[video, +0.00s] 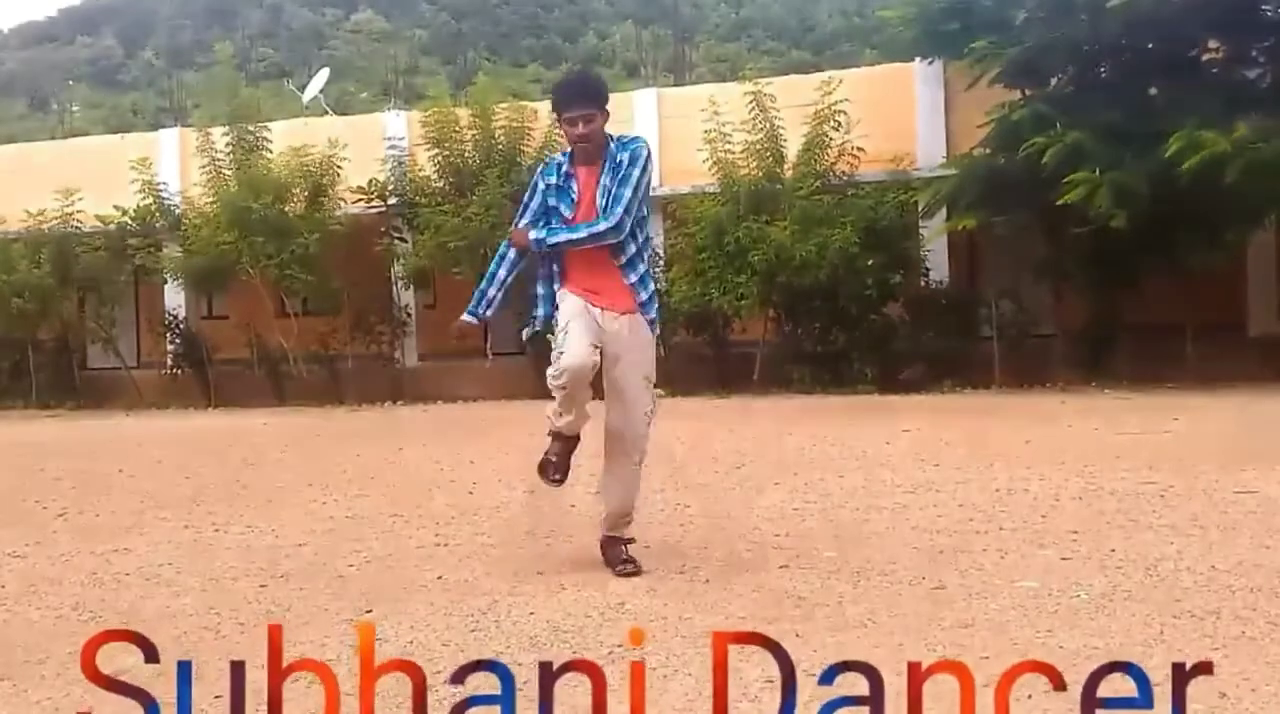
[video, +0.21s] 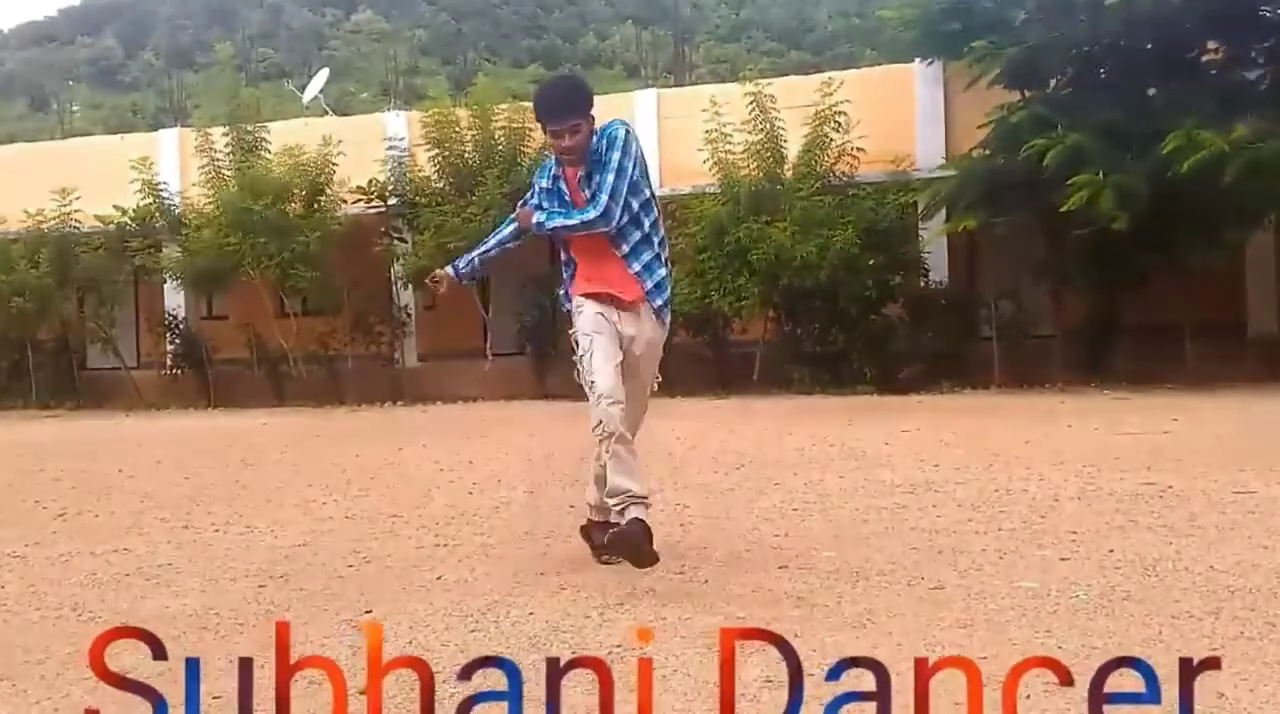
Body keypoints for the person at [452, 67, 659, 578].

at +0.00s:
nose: (580, 131)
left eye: (588, 120)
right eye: (569, 122)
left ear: (606, 116)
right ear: (559, 124)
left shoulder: (633, 153)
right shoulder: (552, 172)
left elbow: (616, 225)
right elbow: (520, 240)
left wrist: (541, 236)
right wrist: (480, 307)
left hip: (630, 298)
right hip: (575, 292)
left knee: (629, 426)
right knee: (575, 361)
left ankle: (616, 534)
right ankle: (564, 434)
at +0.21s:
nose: (565, 143)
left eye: (574, 131)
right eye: (554, 134)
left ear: (590, 119)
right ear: (542, 129)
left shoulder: (617, 140)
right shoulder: (548, 171)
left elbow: (606, 214)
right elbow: (519, 225)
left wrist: (540, 221)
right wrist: (457, 269)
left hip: (645, 296)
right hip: (589, 297)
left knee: (629, 415)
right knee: (608, 399)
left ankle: (600, 515)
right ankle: (631, 515)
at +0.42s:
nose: (565, 154)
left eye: (575, 143)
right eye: (555, 145)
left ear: (593, 145)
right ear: (544, 152)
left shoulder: (618, 173)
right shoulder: (562, 221)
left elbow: (616, 251)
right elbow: (548, 299)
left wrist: (577, 322)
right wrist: (485, 322)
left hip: (659, 338)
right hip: (606, 342)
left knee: (638, 446)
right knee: (623, 447)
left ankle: (606, 515)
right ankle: (650, 569)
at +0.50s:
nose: (561, 145)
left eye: (572, 134)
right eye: (552, 137)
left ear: (590, 138)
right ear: (541, 146)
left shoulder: (617, 168)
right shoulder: (560, 216)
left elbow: (634, 248)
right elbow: (572, 300)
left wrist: (637, 331)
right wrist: (519, 354)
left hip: (662, 337)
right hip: (604, 345)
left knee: (660, 468)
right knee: (616, 454)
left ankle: (622, 490)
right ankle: (651, 577)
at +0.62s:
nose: (571, 140)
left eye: (581, 130)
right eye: (560, 130)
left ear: (596, 136)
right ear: (546, 138)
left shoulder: (624, 171)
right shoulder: (553, 214)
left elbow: (678, 234)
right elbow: (567, 285)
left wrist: (738, 286)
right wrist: (590, 301)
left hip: (659, 344)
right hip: (597, 353)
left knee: (656, 459)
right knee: (603, 464)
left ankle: (685, 482)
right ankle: (651, 579)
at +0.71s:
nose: (577, 119)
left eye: (587, 109)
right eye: (566, 109)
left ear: (603, 115)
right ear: (550, 116)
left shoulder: (629, 152)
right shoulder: (551, 186)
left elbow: (694, 202)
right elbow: (567, 259)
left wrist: (769, 243)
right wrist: (641, 234)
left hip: (652, 317)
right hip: (591, 329)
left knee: (640, 413)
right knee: (609, 460)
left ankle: (680, 501)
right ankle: (650, 578)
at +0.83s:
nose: (591, 80)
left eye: (601, 69)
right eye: (580, 70)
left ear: (616, 72)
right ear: (564, 75)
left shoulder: (646, 119)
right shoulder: (550, 136)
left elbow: (713, 165)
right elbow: (569, 213)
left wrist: (790, 208)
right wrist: (656, 184)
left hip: (642, 289)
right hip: (577, 297)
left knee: (623, 408)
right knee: (608, 427)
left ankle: (630, 569)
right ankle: (658, 563)